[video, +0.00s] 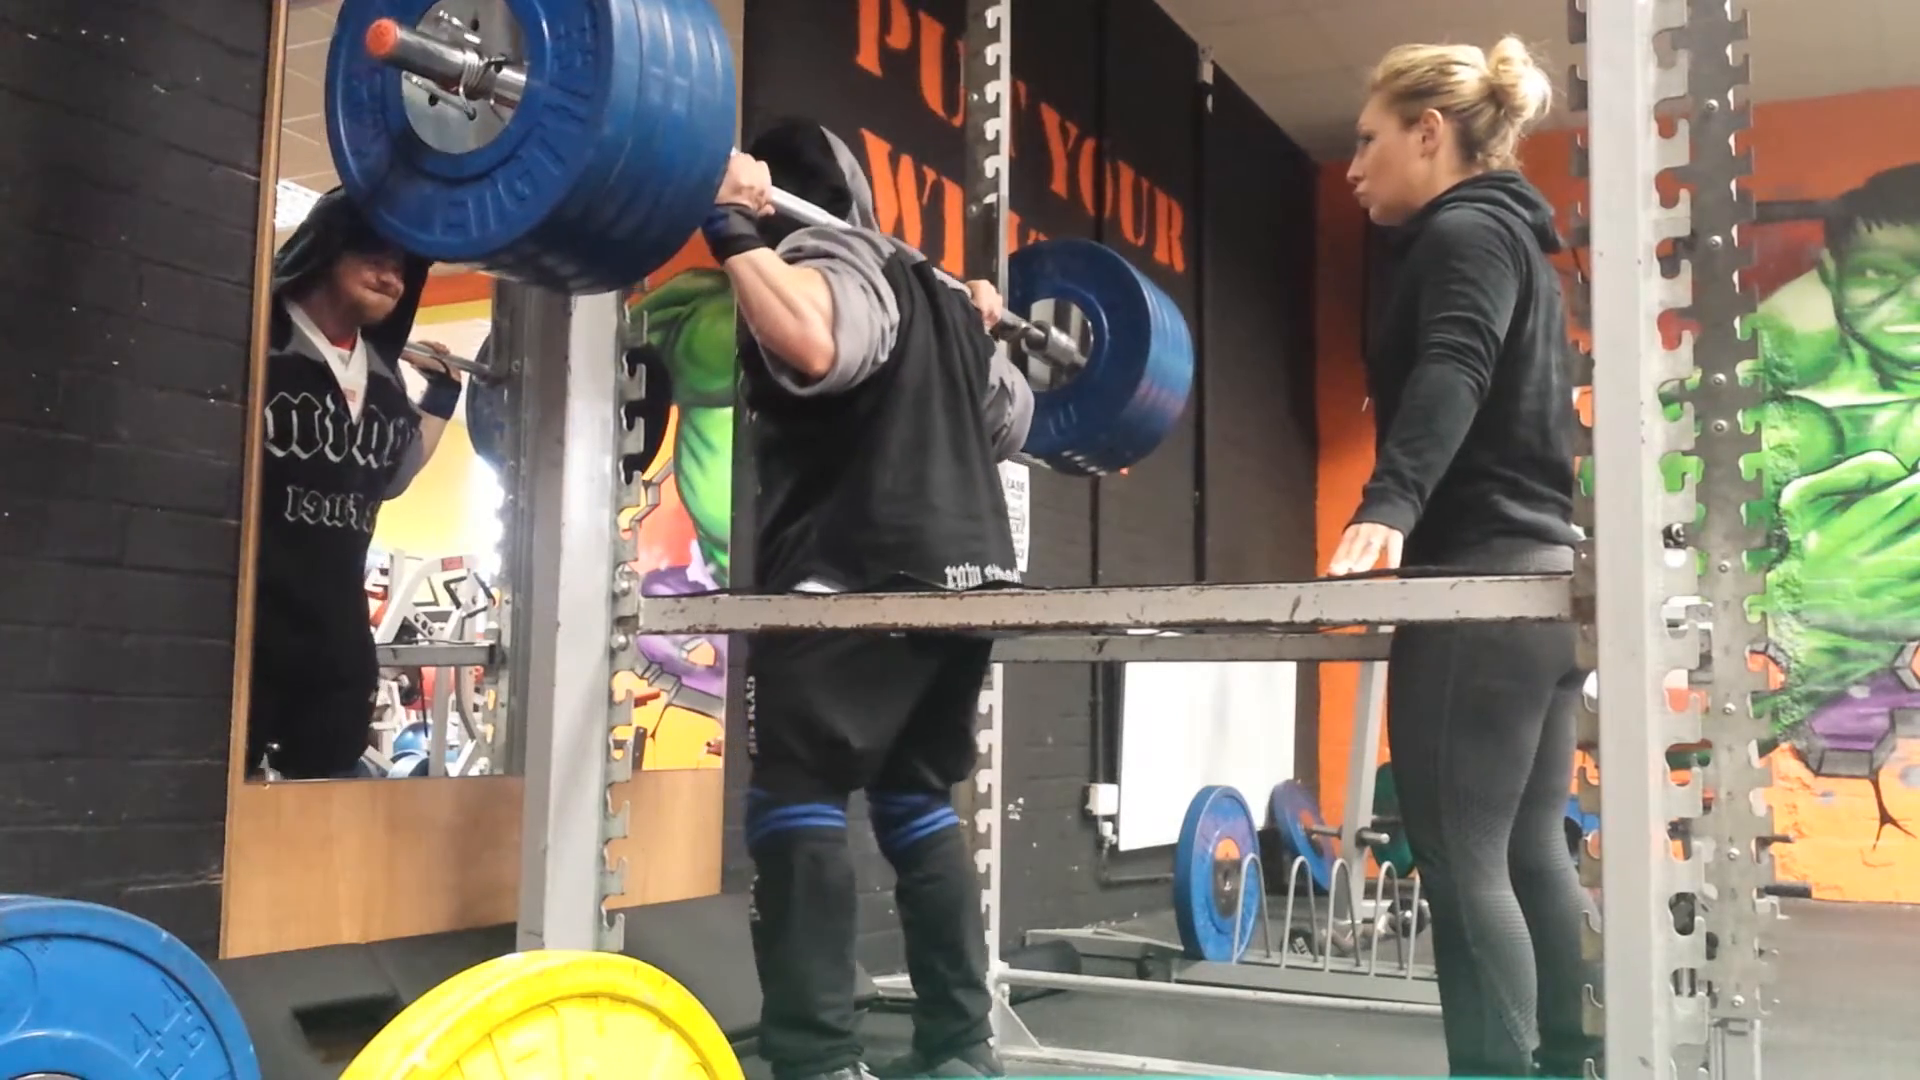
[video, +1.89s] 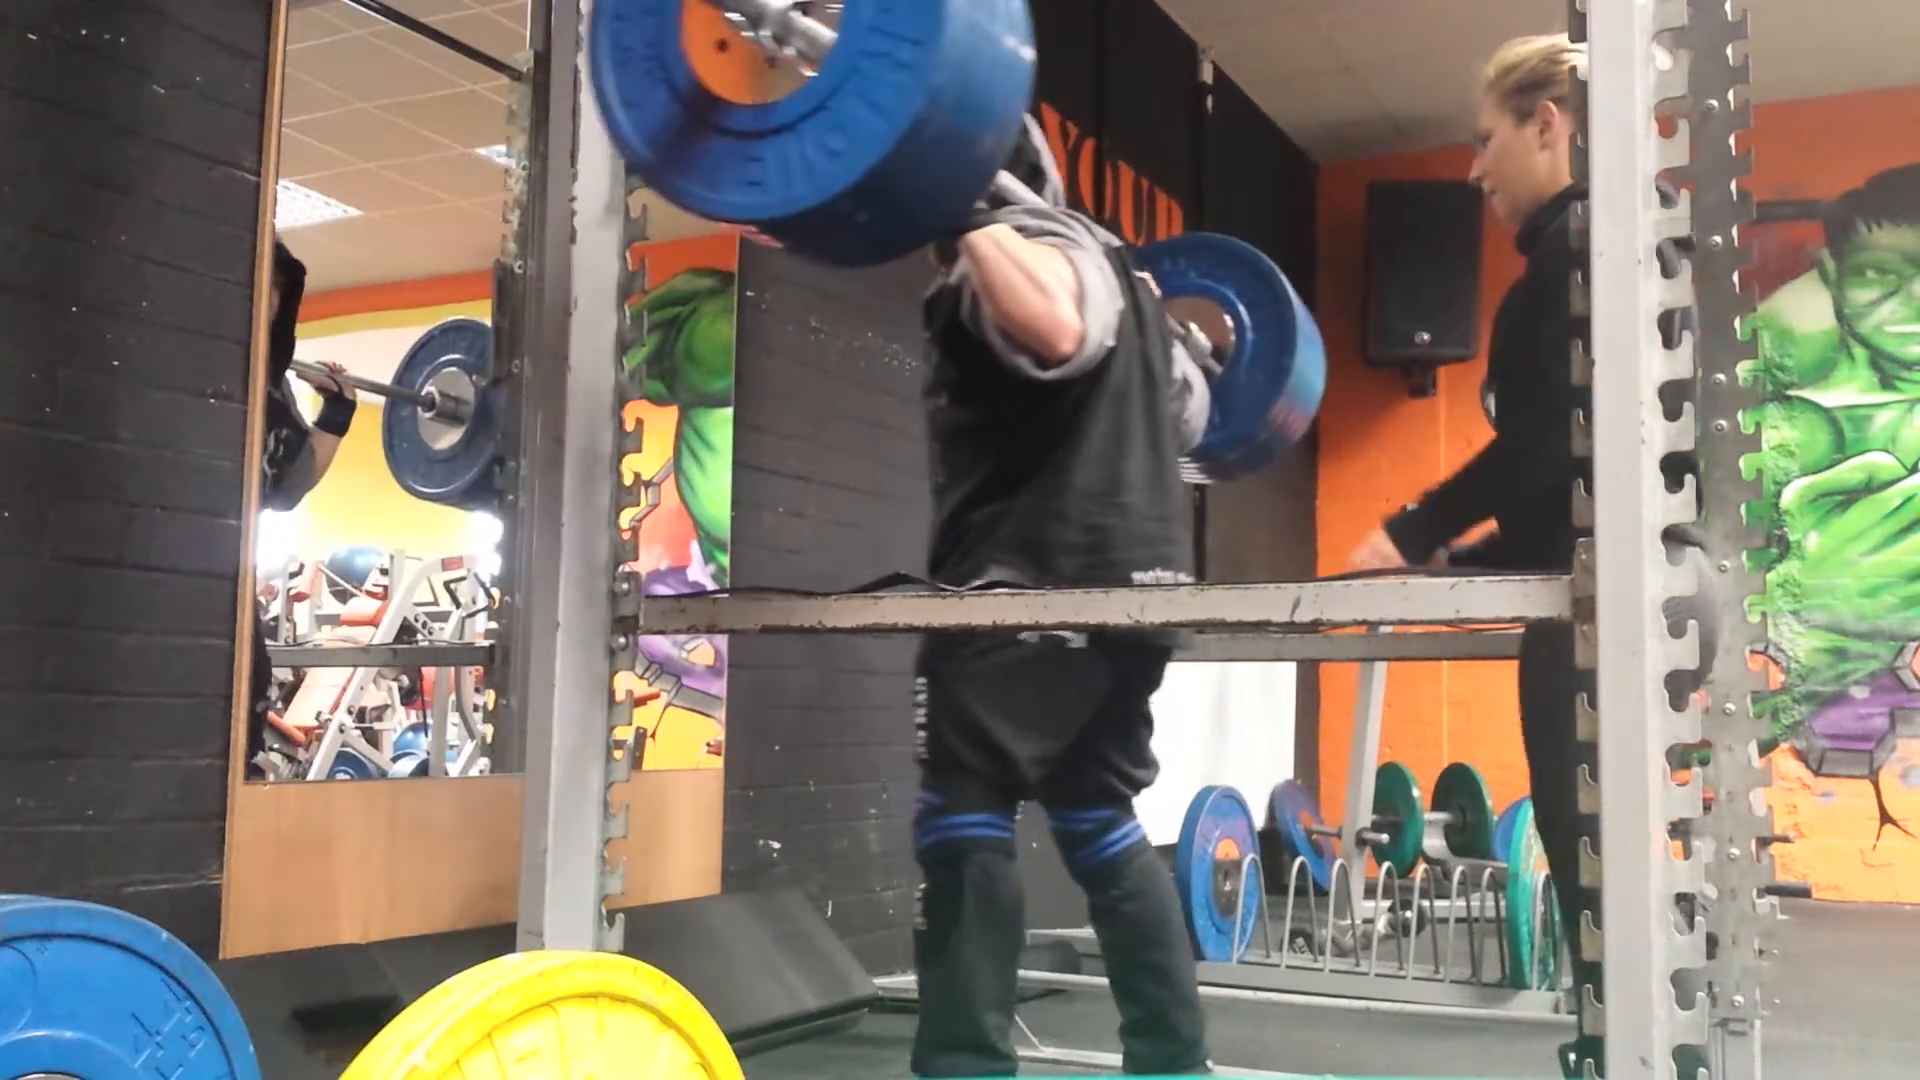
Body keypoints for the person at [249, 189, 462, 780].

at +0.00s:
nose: (388, 278)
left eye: (400, 269)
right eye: (372, 258)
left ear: (408, 288)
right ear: (327, 257)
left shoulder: (388, 379)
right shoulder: (256, 336)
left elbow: (392, 480)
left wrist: (443, 395)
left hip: (334, 620)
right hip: (247, 606)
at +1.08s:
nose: (360, 286)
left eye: (369, 274)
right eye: (344, 266)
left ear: (374, 289)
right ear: (294, 269)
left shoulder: (357, 376)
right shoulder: (245, 354)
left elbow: (371, 474)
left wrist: (422, 397)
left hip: (322, 612)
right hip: (245, 605)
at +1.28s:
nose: (330, 292)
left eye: (341, 283)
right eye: (313, 275)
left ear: (347, 302)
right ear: (270, 279)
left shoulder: (328, 389)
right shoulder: (230, 366)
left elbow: (338, 484)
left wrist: (392, 407)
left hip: (288, 562)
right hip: (224, 556)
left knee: (296, 696)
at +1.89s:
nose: (266, 304)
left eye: (275, 293)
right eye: (259, 289)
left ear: (285, 304)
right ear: (240, 291)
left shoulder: (269, 382)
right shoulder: (205, 369)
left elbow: (286, 487)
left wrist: (335, 412)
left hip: (224, 563)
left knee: (251, 672)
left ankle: (239, 764)